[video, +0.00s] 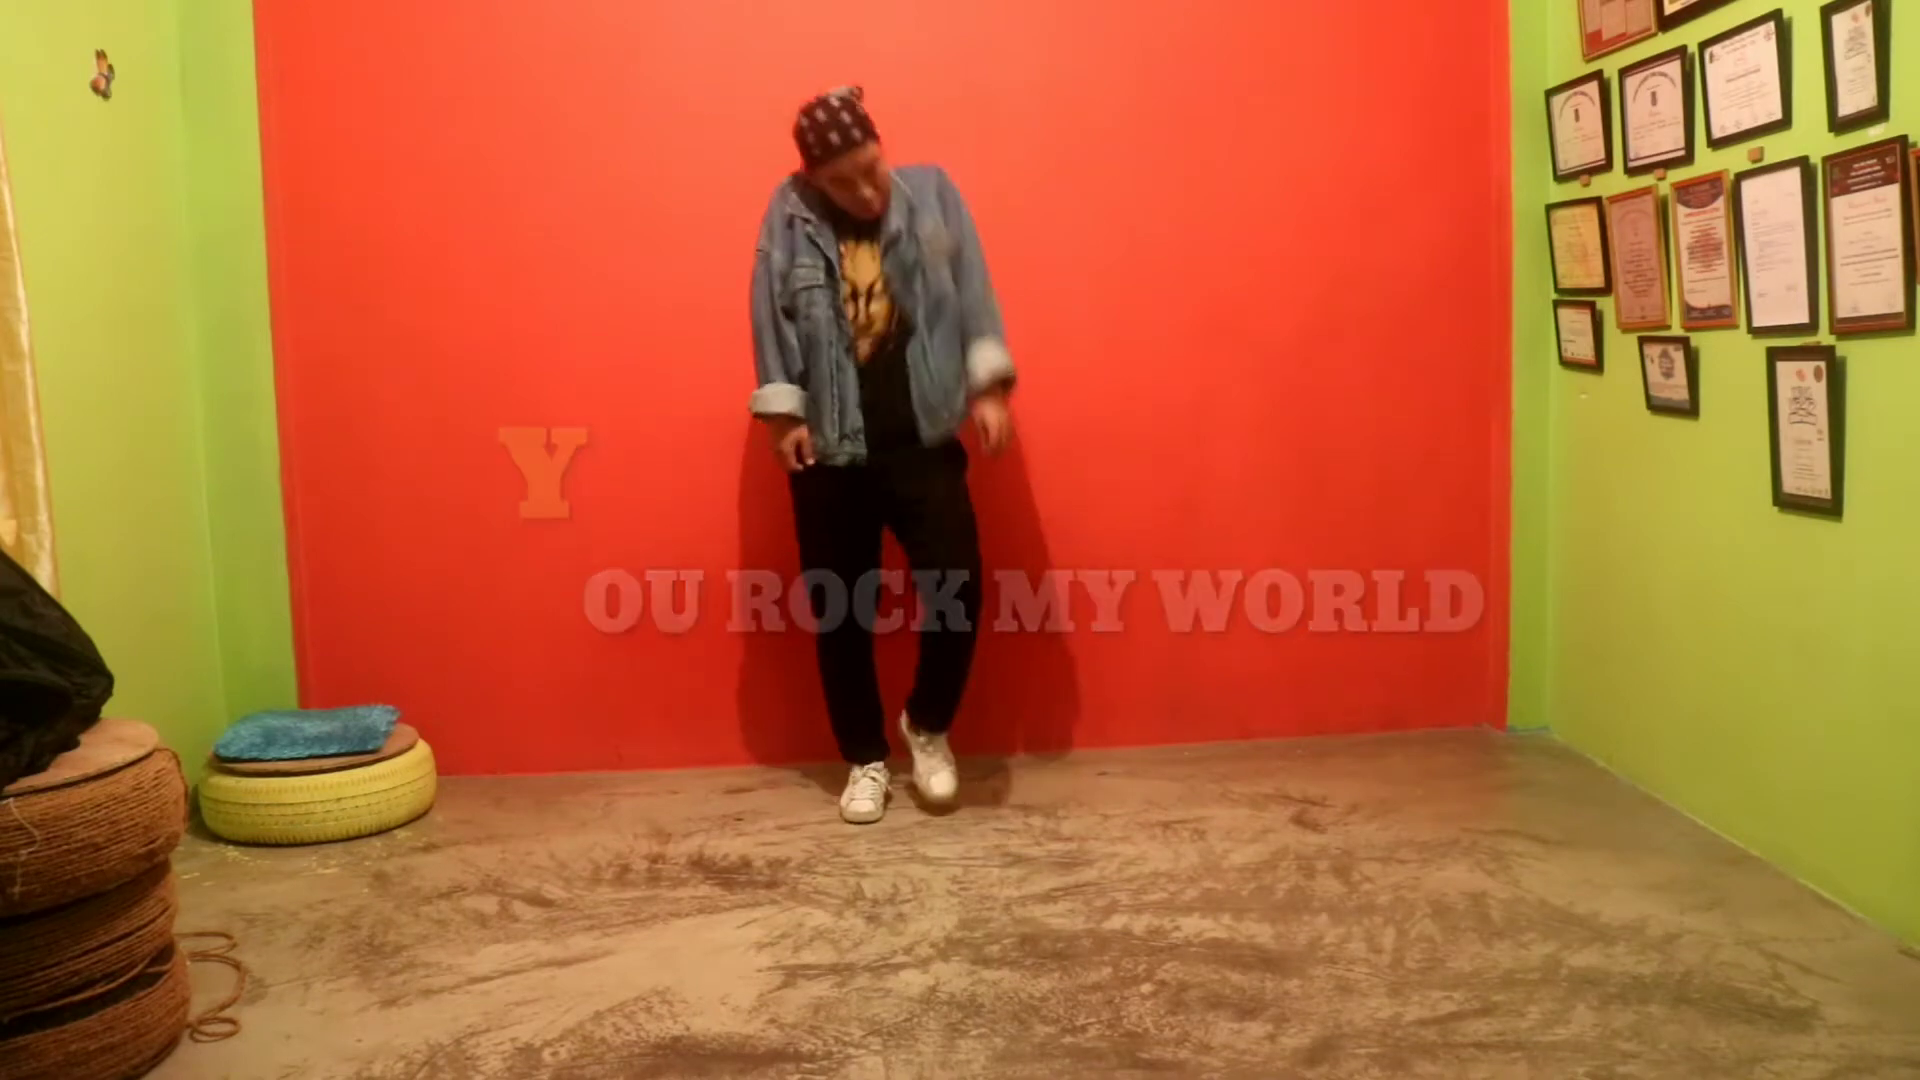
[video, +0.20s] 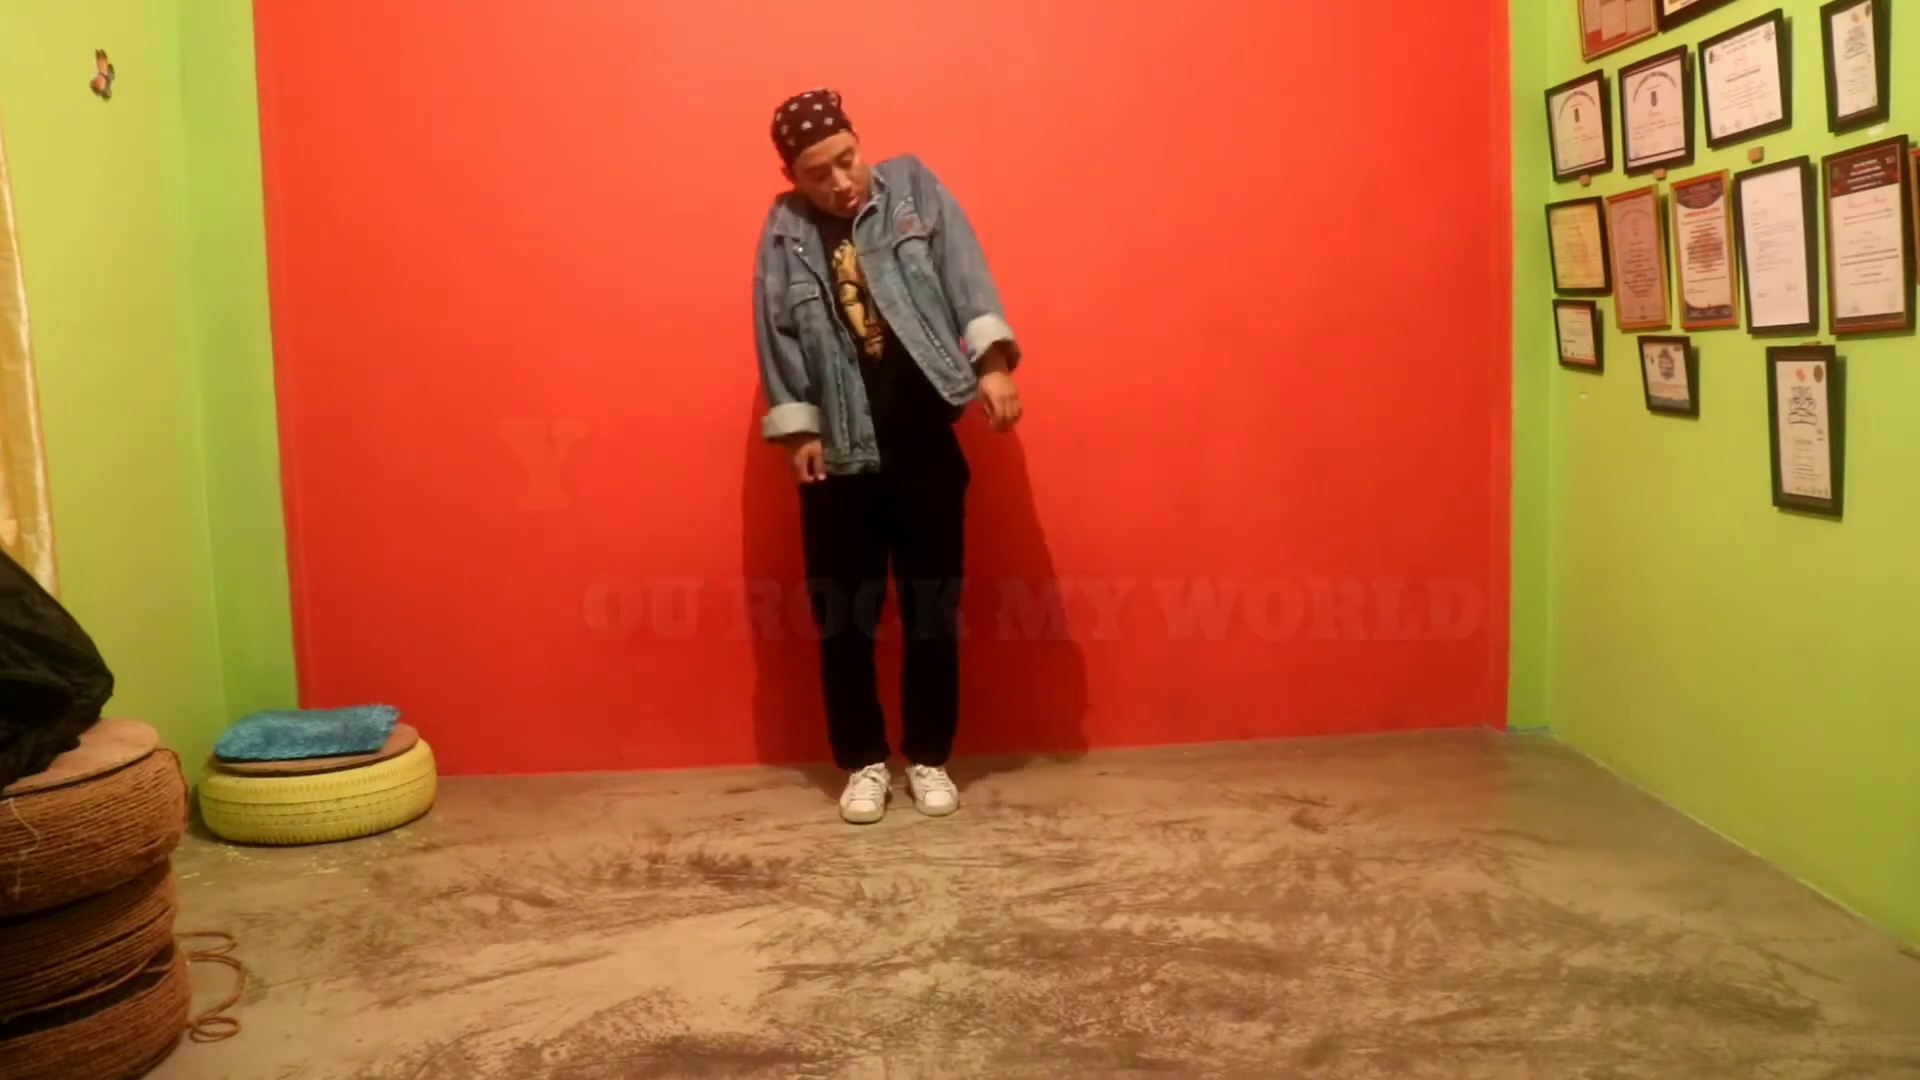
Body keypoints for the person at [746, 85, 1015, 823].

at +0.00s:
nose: (867, 190)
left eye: (872, 172)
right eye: (849, 181)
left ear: (883, 149)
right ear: (816, 173)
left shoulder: (930, 191)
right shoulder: (789, 216)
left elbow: (974, 289)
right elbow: (770, 315)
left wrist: (989, 386)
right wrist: (784, 412)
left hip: (925, 438)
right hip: (831, 447)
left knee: (958, 590)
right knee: (840, 607)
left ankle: (928, 726)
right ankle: (865, 761)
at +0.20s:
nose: (841, 180)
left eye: (847, 160)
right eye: (821, 171)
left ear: (861, 145)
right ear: (792, 174)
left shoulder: (910, 185)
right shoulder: (783, 233)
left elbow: (963, 263)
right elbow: (776, 335)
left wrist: (993, 363)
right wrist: (798, 426)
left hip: (924, 421)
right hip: (838, 437)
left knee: (932, 596)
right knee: (844, 603)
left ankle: (927, 759)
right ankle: (866, 764)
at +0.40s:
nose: (840, 170)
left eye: (850, 151)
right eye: (822, 158)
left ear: (872, 140)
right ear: (800, 160)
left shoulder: (920, 189)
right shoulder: (785, 220)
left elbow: (970, 278)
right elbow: (773, 319)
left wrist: (973, 362)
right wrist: (797, 403)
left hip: (927, 437)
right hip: (838, 450)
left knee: (932, 606)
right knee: (848, 613)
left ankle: (929, 758)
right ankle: (864, 764)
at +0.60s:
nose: (839, 181)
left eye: (851, 162)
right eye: (822, 168)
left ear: (875, 149)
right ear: (801, 167)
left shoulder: (927, 192)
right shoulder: (779, 247)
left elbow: (992, 259)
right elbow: (769, 344)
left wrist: (961, 329)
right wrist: (803, 394)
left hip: (928, 445)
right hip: (839, 459)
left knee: (933, 608)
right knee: (849, 615)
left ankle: (929, 759)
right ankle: (865, 764)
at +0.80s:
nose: (842, 190)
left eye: (853, 172)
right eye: (825, 178)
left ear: (876, 160)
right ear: (804, 178)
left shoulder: (923, 193)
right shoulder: (793, 275)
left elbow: (998, 248)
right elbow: (780, 377)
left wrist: (959, 311)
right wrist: (810, 425)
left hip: (934, 453)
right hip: (845, 470)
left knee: (937, 613)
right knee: (851, 620)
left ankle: (929, 761)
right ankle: (866, 766)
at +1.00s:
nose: (855, 223)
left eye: (865, 203)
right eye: (836, 210)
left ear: (885, 187)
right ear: (812, 204)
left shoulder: (924, 209)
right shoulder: (794, 301)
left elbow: (1009, 246)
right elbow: (784, 404)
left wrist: (968, 305)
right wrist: (815, 446)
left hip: (937, 468)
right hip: (848, 483)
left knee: (945, 619)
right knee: (848, 629)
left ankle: (931, 762)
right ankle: (864, 767)